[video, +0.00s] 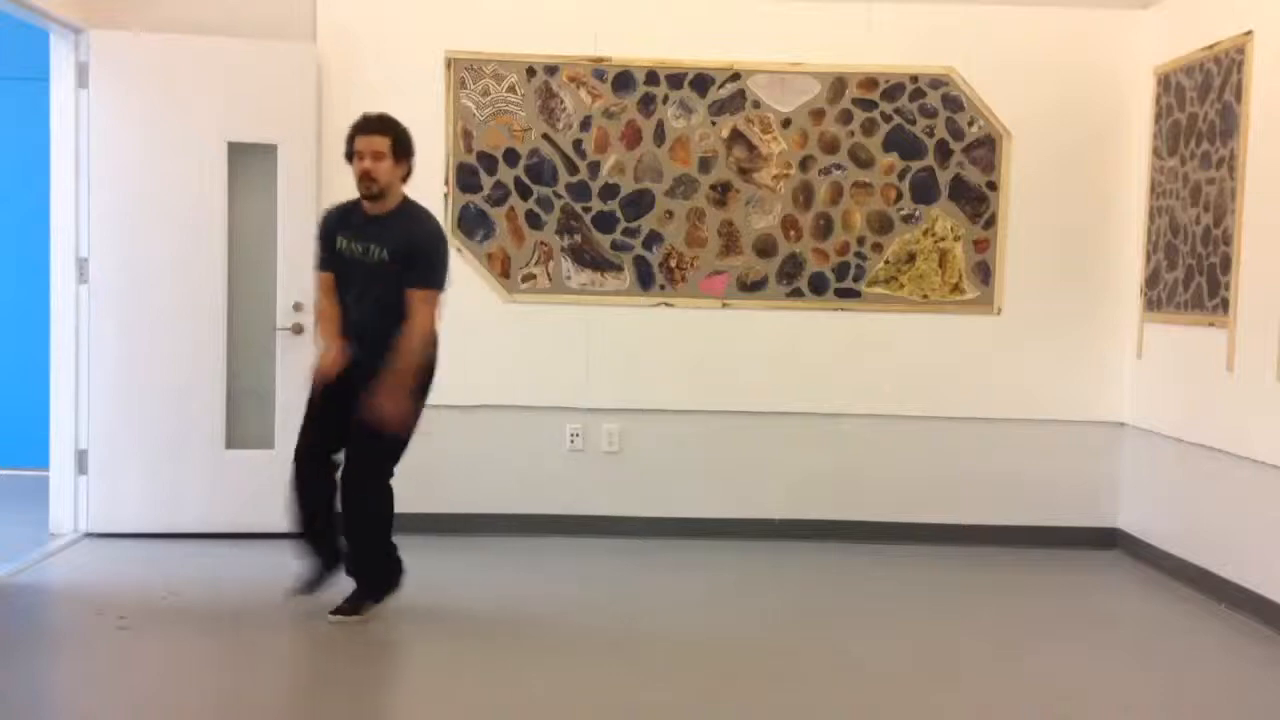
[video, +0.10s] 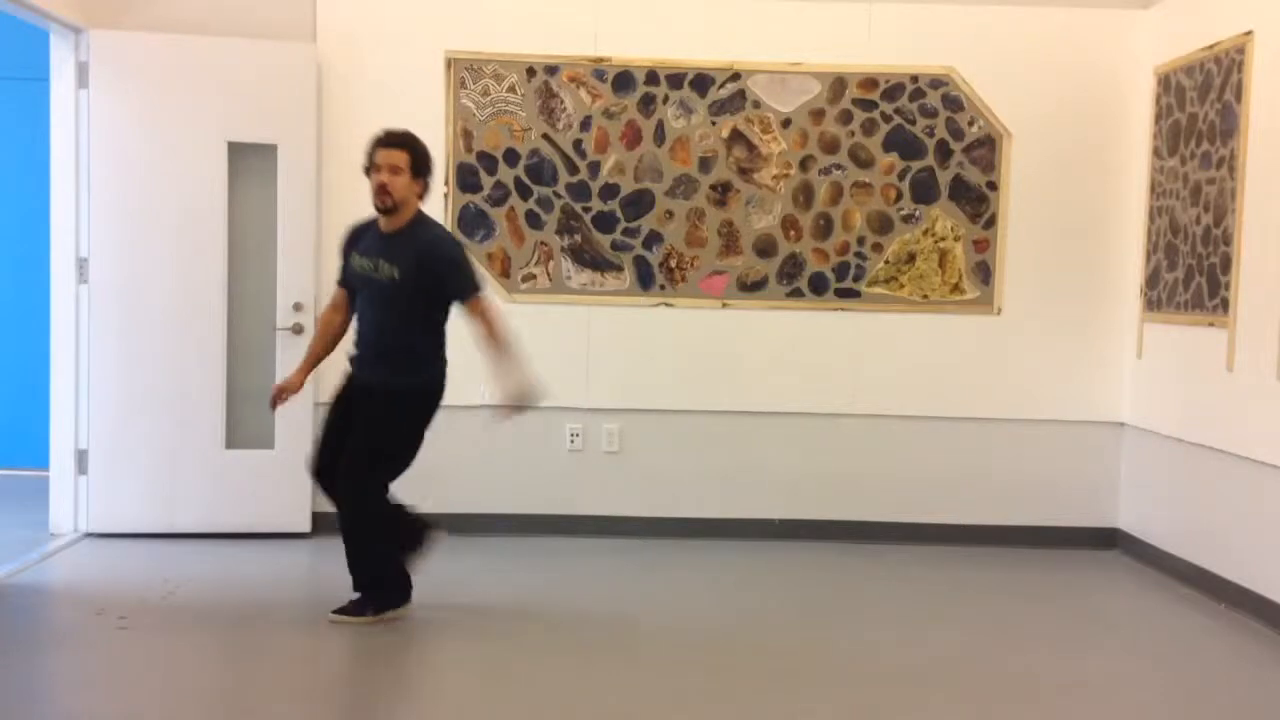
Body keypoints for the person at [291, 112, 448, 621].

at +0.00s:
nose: (365, 167)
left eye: (377, 158)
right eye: (358, 158)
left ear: (402, 165)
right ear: (350, 163)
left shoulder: (421, 229)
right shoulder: (337, 222)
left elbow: (421, 318)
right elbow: (327, 292)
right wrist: (331, 343)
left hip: (402, 356)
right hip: (350, 352)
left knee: (366, 468)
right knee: (311, 456)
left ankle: (376, 574)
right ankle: (327, 551)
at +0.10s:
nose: (382, 180)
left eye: (395, 172)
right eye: (376, 170)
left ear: (420, 183)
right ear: (368, 177)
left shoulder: (438, 247)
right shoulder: (360, 239)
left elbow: (482, 313)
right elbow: (339, 310)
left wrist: (512, 379)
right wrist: (300, 375)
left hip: (413, 385)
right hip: (365, 378)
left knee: (358, 480)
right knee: (329, 469)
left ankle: (383, 590)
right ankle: (405, 531)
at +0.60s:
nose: (493, 189)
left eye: (505, 182)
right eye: (492, 180)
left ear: (533, 195)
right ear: (491, 185)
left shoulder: (546, 254)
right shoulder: (493, 247)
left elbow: (514, 325)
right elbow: (496, 303)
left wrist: (455, 354)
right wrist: (475, 318)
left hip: (560, 393)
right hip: (512, 392)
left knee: (606, 481)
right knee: (503, 496)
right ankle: (537, 585)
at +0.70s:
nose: (519, 166)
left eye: (530, 159)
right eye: (519, 157)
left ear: (559, 170)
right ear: (526, 164)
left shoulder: (567, 227)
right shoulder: (523, 221)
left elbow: (530, 300)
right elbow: (511, 289)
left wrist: (492, 319)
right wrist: (505, 277)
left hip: (592, 365)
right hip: (547, 366)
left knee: (633, 460)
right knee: (536, 474)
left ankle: (692, 551)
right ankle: (533, 573)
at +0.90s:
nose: (577, 190)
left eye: (587, 182)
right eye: (575, 181)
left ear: (615, 189)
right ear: (577, 186)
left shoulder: (637, 250)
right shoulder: (582, 246)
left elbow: (605, 333)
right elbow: (566, 314)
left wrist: (577, 318)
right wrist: (586, 299)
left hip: (654, 381)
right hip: (606, 377)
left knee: (666, 485)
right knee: (573, 475)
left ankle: (704, 582)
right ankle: (563, 570)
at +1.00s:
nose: (611, 210)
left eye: (623, 201)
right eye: (606, 200)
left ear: (648, 208)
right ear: (600, 205)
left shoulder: (672, 266)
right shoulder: (596, 264)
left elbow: (681, 347)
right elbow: (591, 337)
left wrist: (626, 386)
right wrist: (619, 346)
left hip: (677, 396)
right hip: (625, 392)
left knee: (688, 499)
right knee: (582, 486)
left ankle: (708, 590)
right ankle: (576, 573)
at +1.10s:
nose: (646, 191)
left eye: (657, 182)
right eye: (638, 182)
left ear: (673, 188)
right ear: (625, 187)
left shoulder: (700, 248)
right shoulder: (605, 250)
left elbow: (721, 315)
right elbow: (592, 320)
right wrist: (617, 360)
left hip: (688, 380)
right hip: (627, 382)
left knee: (702, 484)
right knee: (625, 478)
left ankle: (704, 585)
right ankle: (625, 576)